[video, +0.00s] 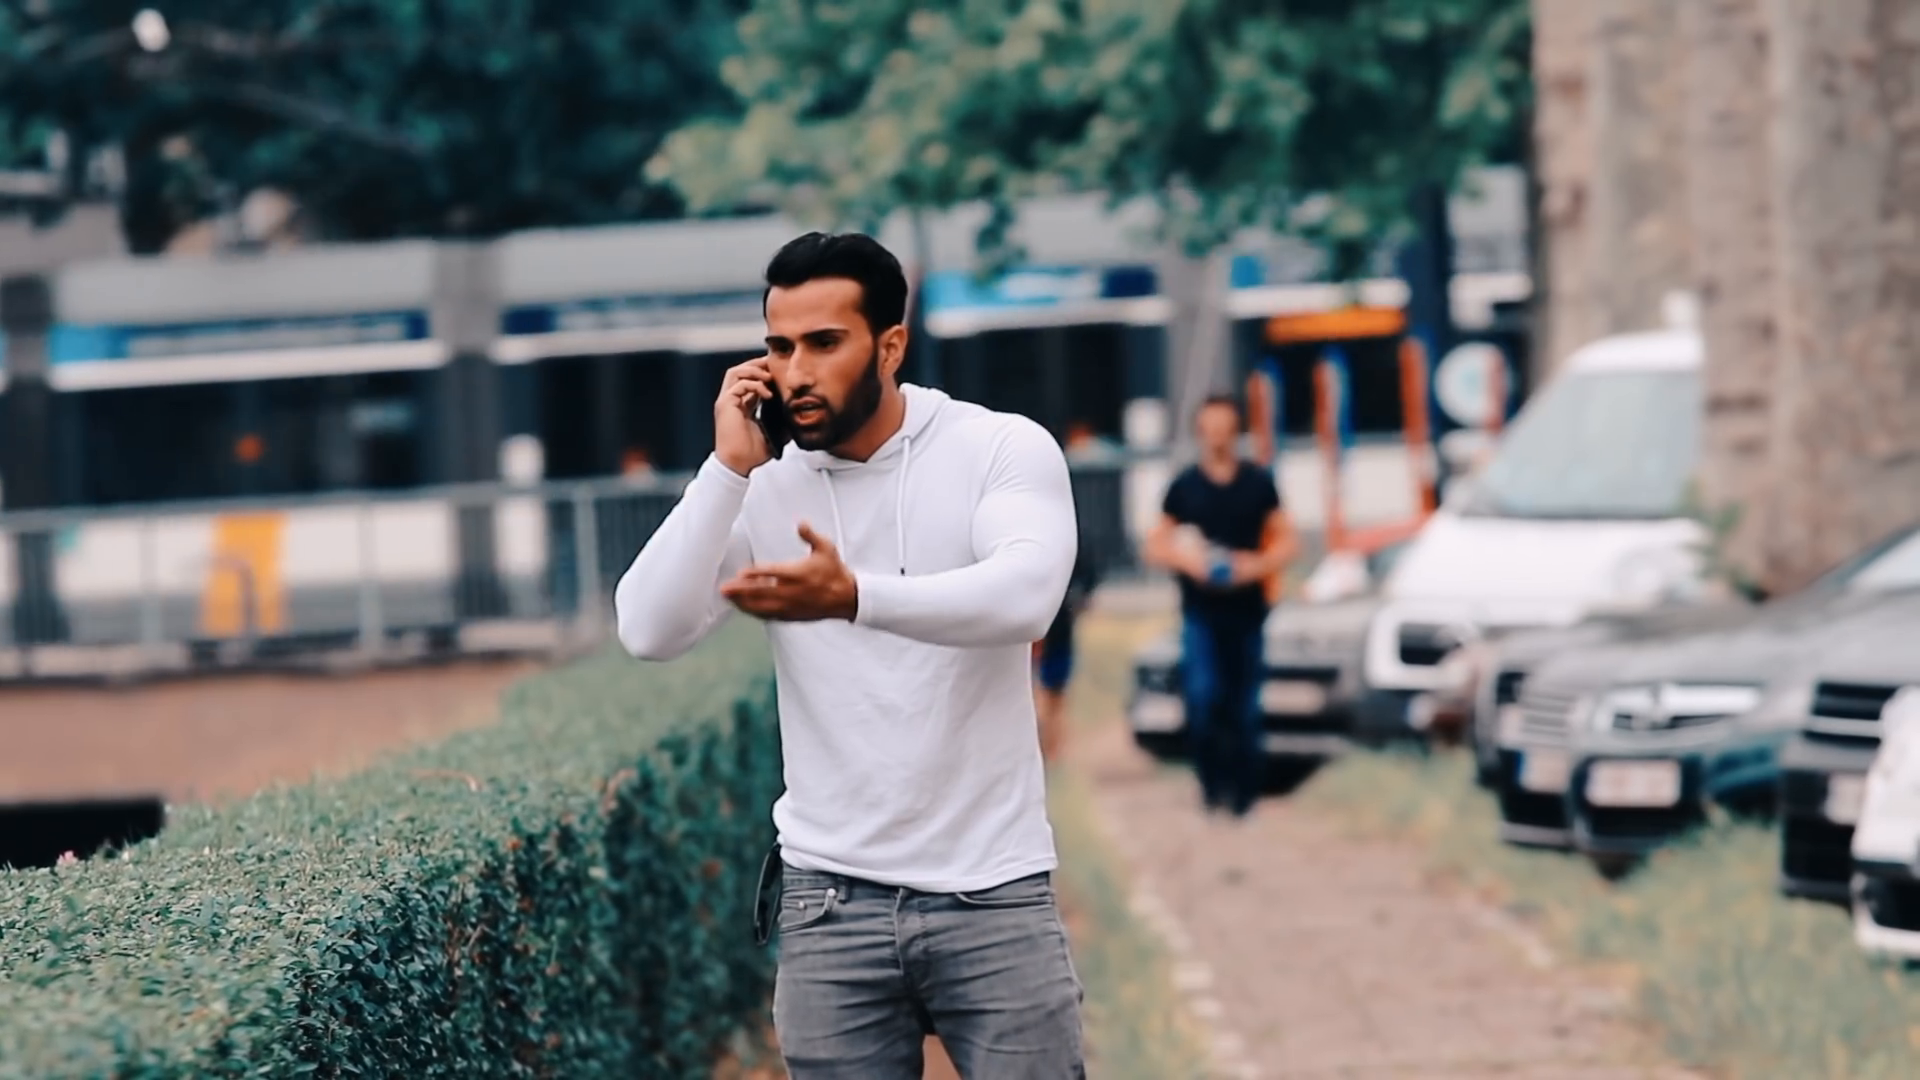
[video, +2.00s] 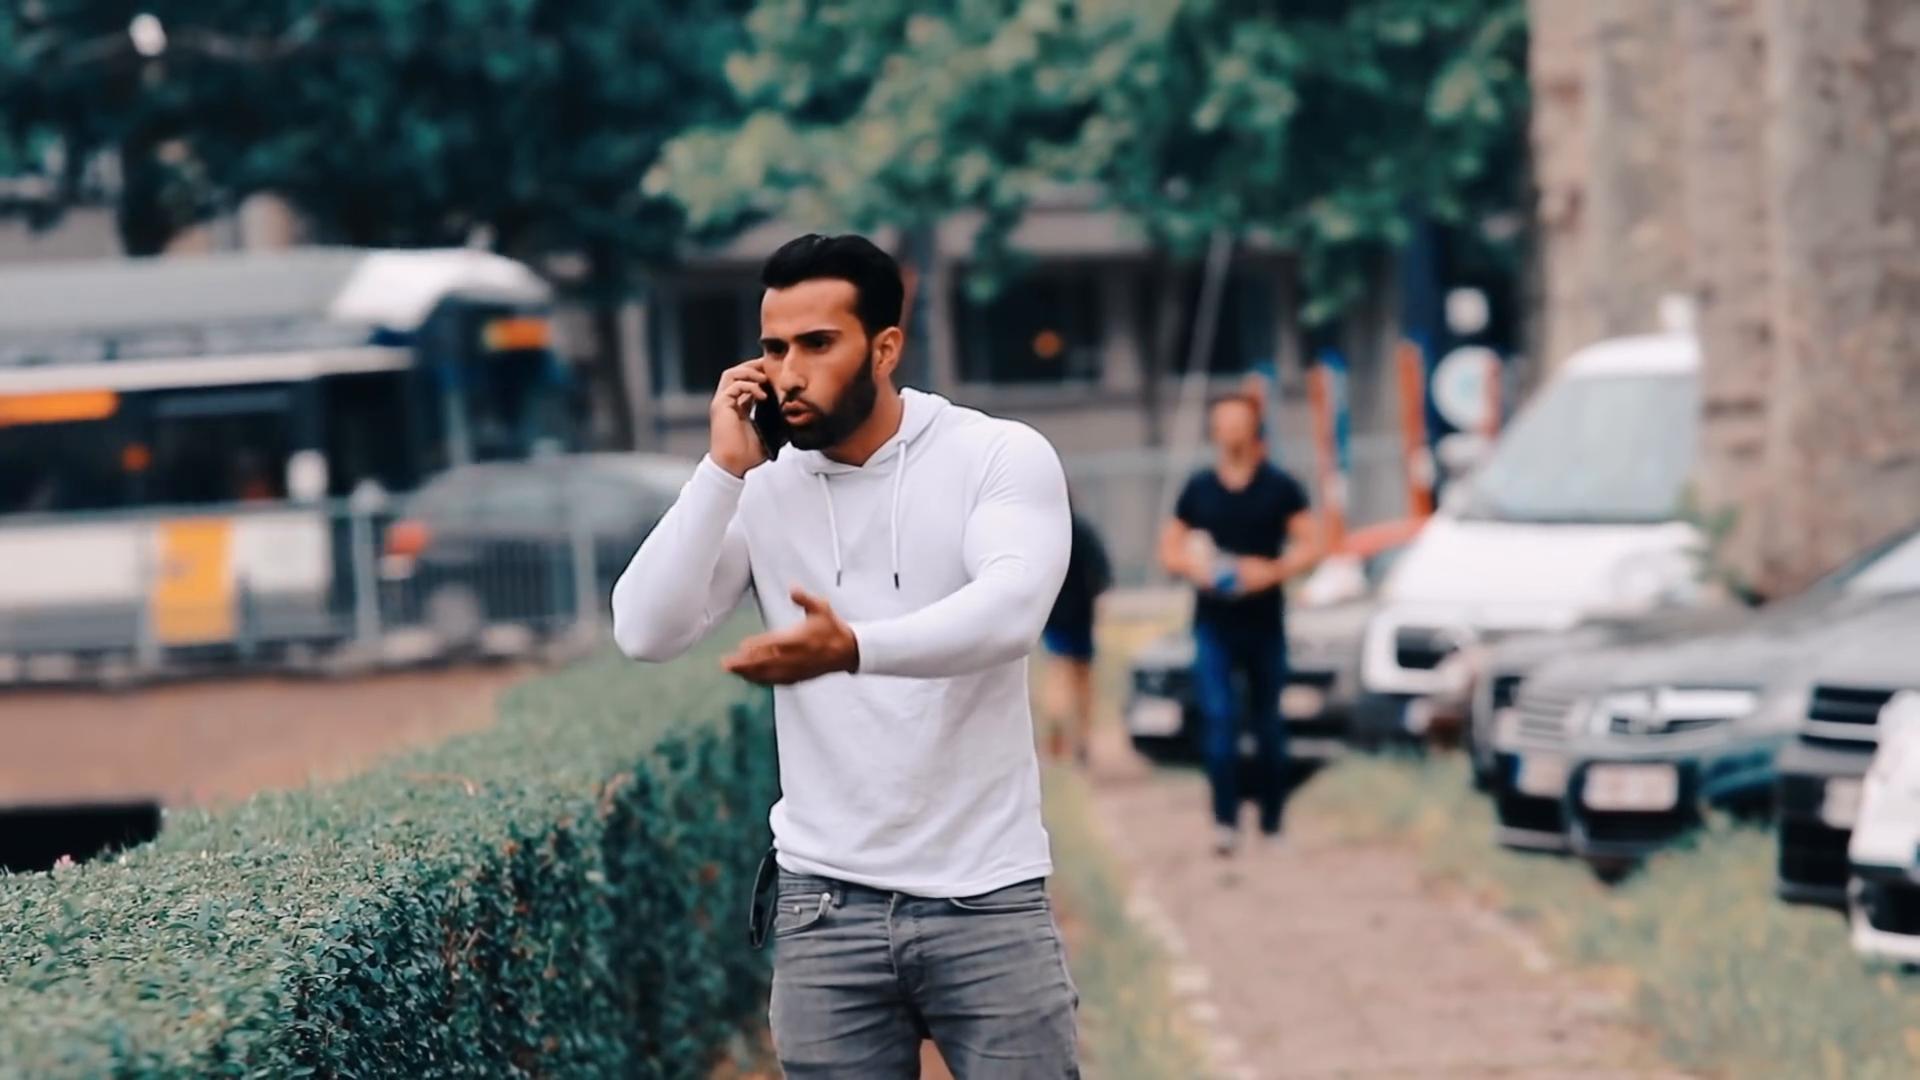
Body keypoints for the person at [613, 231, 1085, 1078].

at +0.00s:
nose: (794, 373)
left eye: (822, 343)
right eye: (780, 348)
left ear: (890, 346)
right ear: (764, 355)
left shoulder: (1007, 450)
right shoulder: (760, 490)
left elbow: (1023, 599)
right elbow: (648, 630)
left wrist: (853, 596)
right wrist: (727, 467)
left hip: (996, 895)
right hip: (827, 901)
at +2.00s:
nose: (786, 373)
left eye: (815, 344)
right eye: (774, 348)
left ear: (885, 347)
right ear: (759, 355)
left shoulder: (1004, 458)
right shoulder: (758, 491)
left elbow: (1009, 617)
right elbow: (643, 631)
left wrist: (854, 648)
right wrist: (723, 469)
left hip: (990, 900)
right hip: (821, 906)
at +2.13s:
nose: (784, 370)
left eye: (814, 341)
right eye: (771, 345)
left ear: (883, 345)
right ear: (757, 353)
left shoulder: (1001, 456)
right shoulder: (756, 490)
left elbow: (1009, 615)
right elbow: (642, 629)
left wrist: (862, 665)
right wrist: (721, 466)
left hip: (988, 899)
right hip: (819, 906)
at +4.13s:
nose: (790, 366)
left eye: (819, 336)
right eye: (777, 342)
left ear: (890, 339)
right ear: (763, 350)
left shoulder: (1008, 456)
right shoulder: (763, 487)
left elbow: (1015, 617)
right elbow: (650, 625)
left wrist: (889, 681)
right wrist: (728, 461)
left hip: (993, 896)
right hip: (825, 902)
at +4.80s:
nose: (787, 370)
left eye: (816, 340)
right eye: (774, 344)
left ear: (884, 343)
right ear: (759, 351)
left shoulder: (1000, 455)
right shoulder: (761, 485)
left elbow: (1002, 602)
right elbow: (640, 626)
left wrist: (823, 554)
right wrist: (720, 468)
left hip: (984, 898)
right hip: (815, 904)